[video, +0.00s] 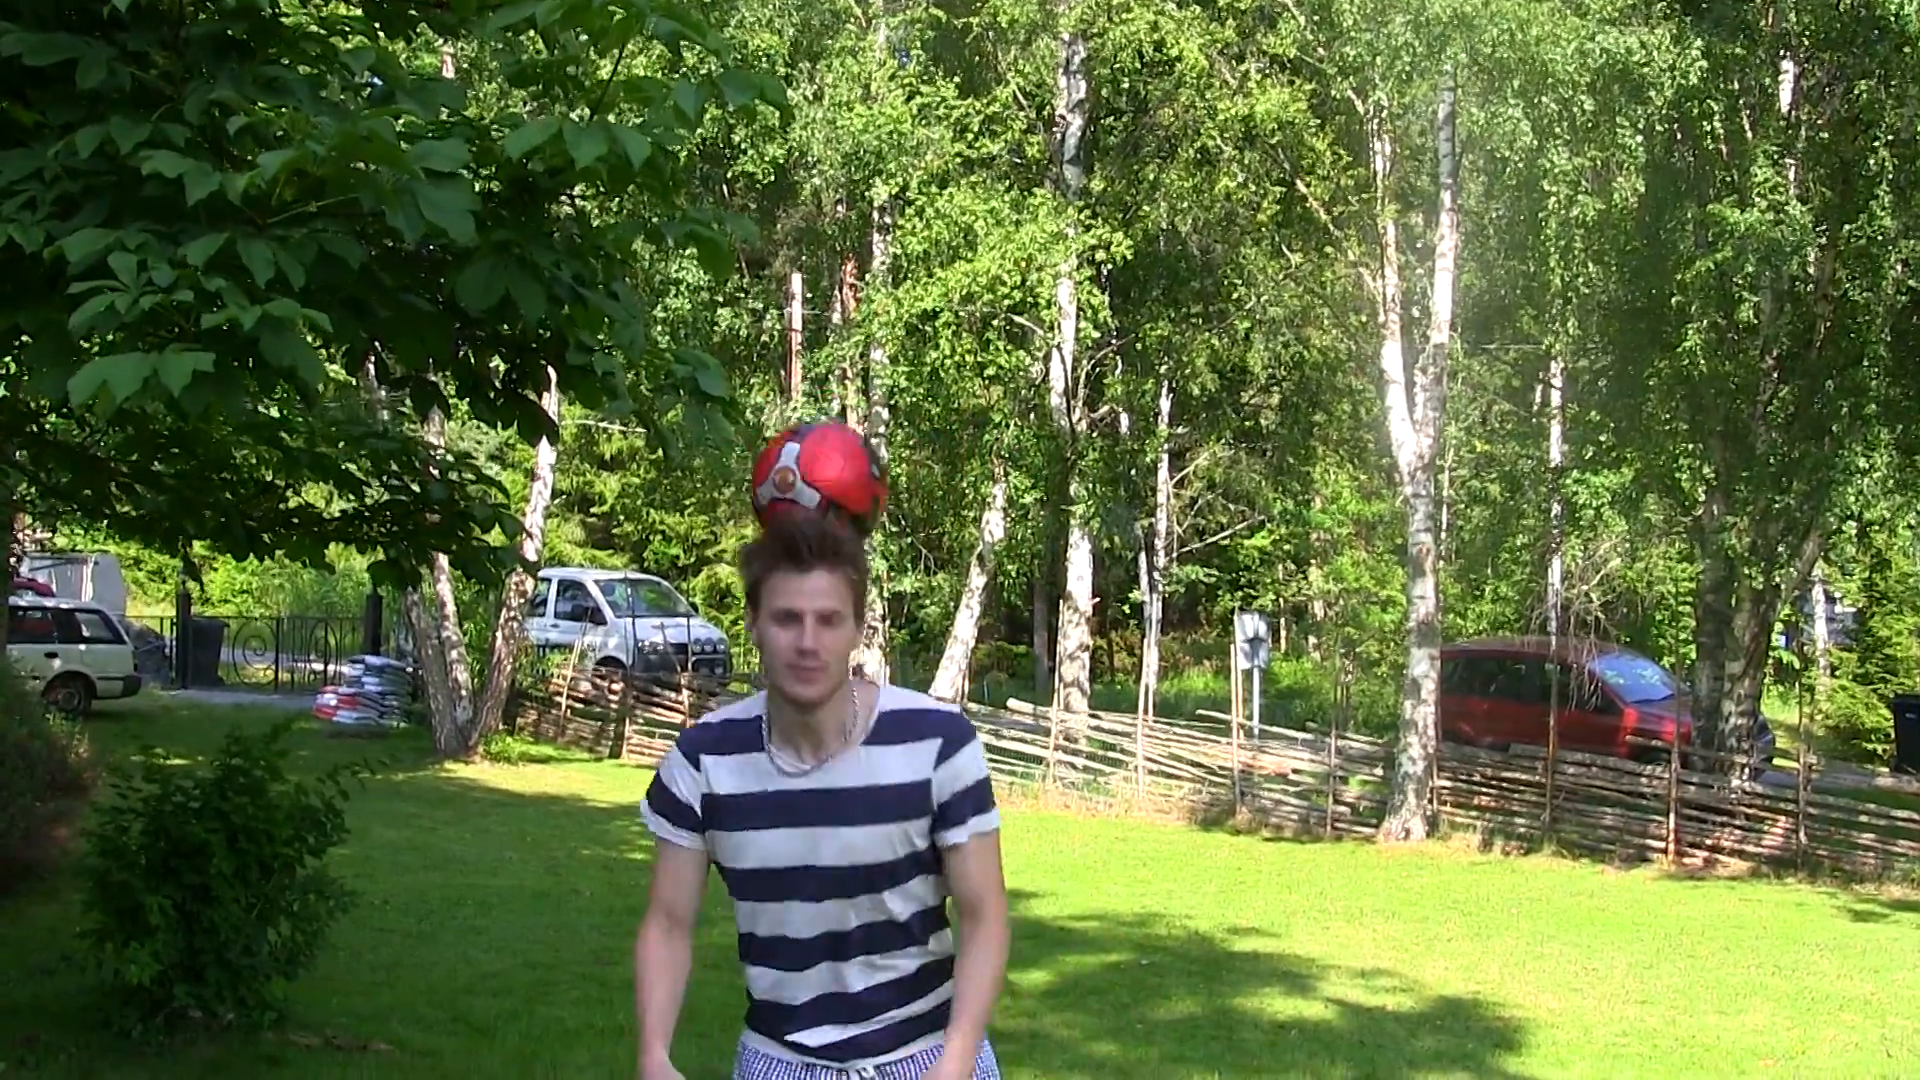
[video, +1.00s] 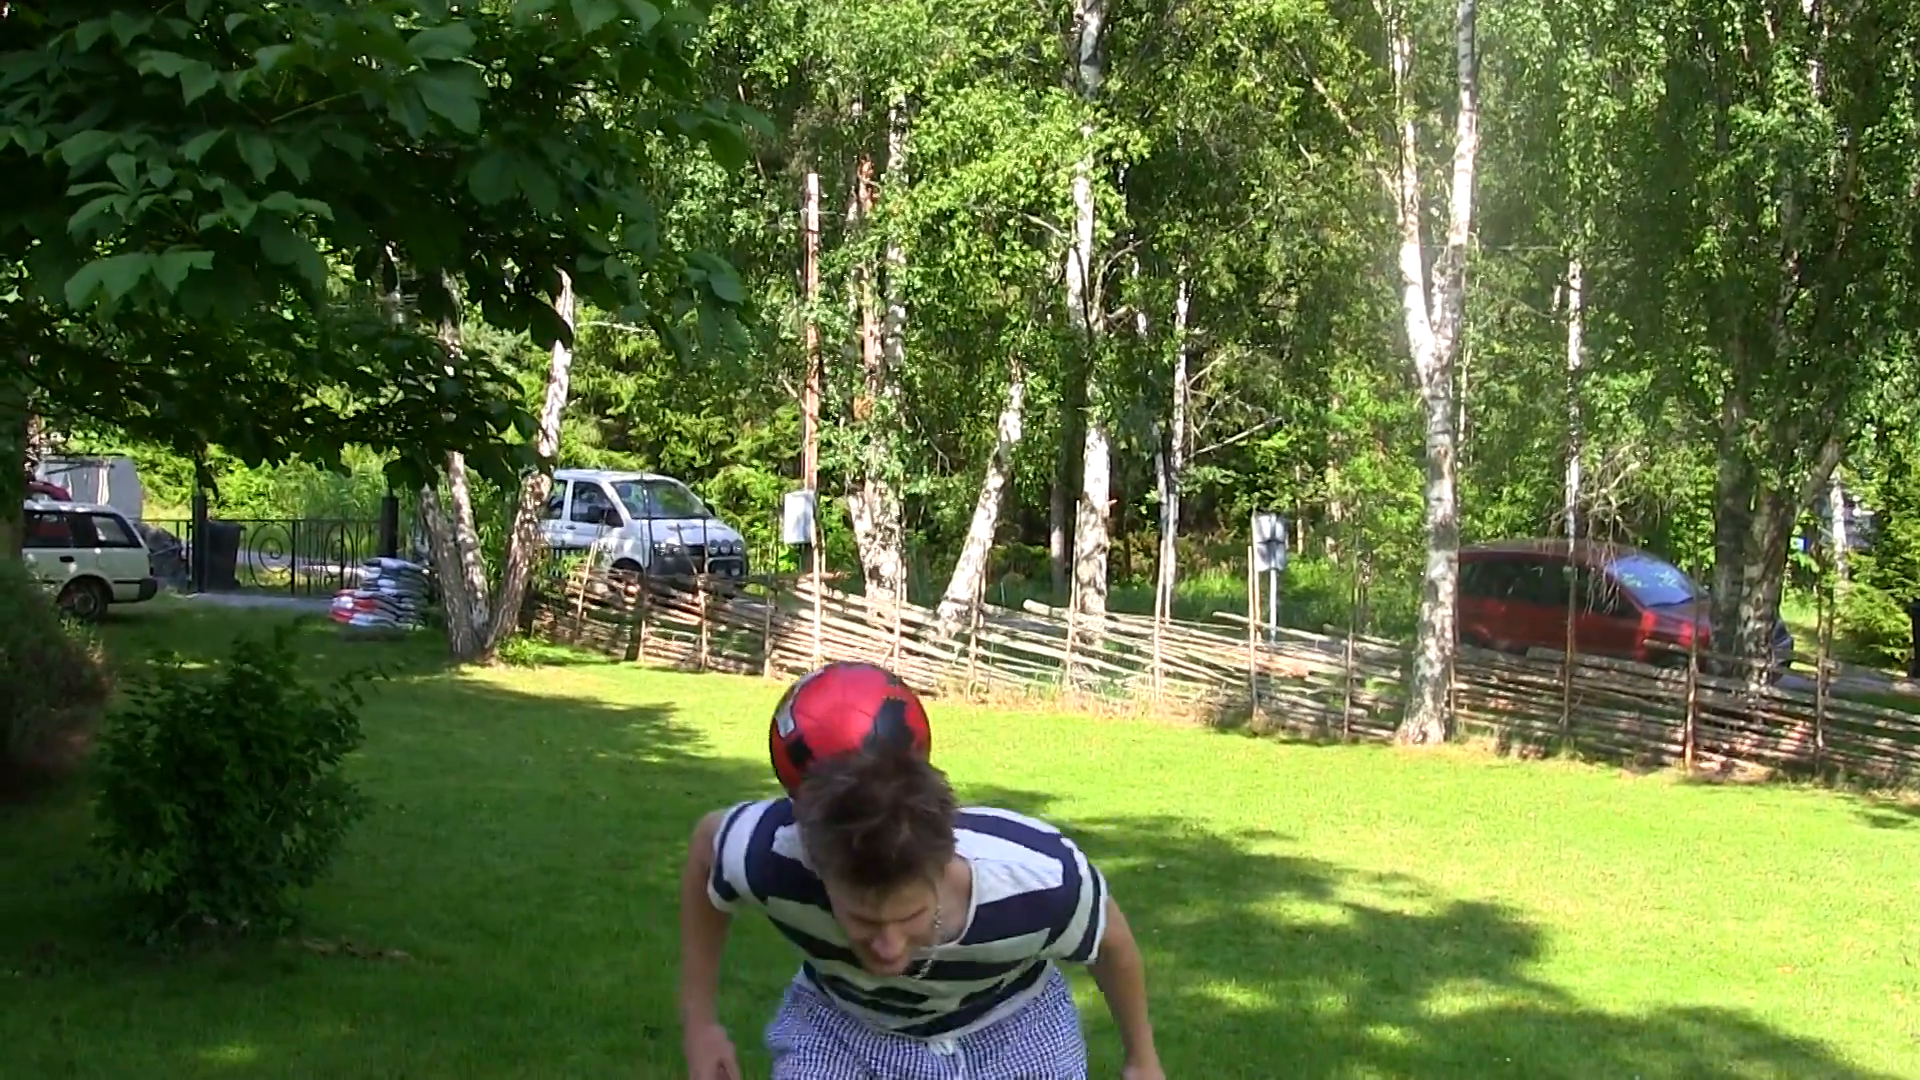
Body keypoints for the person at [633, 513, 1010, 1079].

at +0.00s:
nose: (808, 643)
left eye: (829, 620)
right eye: (787, 619)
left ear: (858, 630)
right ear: (754, 627)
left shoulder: (939, 739)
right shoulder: (704, 756)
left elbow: (984, 918)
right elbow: (669, 922)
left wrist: (958, 1059)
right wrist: (653, 1056)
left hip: (924, 1049)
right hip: (782, 1053)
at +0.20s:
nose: (866, 842)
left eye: (889, 816)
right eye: (845, 814)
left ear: (925, 789)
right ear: (813, 788)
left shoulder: (1002, 842)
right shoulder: (753, 838)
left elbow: (1044, 955)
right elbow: (686, 938)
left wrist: (1057, 1073)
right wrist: (660, 1072)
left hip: (953, 1040)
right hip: (807, 1042)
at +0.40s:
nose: (905, 1017)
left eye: (928, 993)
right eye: (882, 993)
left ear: (966, 946)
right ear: (847, 952)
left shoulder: (1036, 937)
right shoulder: (783, 949)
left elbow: (1078, 967)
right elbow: (703, 969)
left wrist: (1099, 1058)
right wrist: (686, 1071)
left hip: (979, 1047)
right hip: (825, 1048)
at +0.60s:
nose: (929, 1012)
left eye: (953, 990)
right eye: (905, 989)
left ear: (993, 941)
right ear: (869, 941)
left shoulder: (1062, 931)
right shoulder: (801, 939)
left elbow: (1094, 961)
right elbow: (727, 961)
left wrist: (1096, 1051)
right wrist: (714, 1072)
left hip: (1004, 1043)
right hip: (844, 1043)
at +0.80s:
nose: (950, 959)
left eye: (972, 931)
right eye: (924, 935)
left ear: (1007, 879)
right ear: (884, 891)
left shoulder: (1086, 877)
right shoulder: (817, 891)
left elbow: (1114, 938)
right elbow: (749, 902)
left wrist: (1124, 1047)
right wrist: (734, 1060)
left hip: (1029, 1017)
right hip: (870, 1025)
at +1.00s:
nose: (889, 948)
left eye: (912, 918)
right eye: (862, 921)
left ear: (946, 868)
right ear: (822, 871)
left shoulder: (1045, 885)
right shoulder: (770, 857)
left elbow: (1112, 943)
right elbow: (708, 842)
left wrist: (1143, 1057)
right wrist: (699, 1020)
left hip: (1009, 1020)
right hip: (843, 1017)